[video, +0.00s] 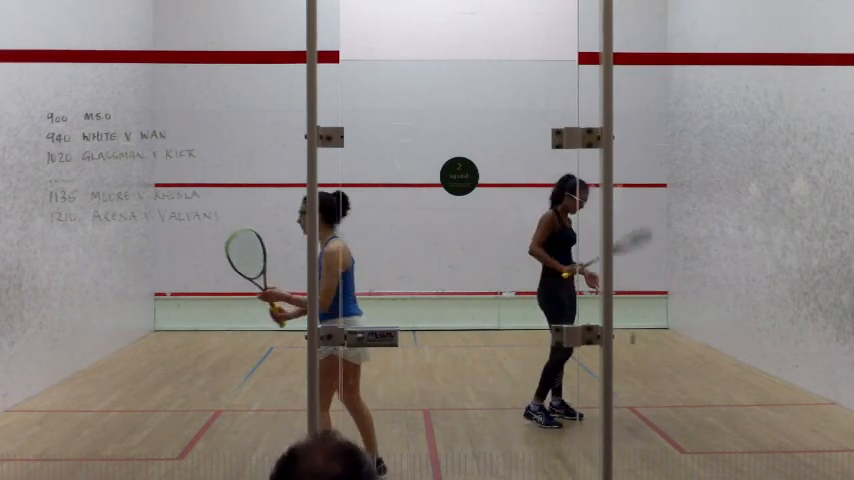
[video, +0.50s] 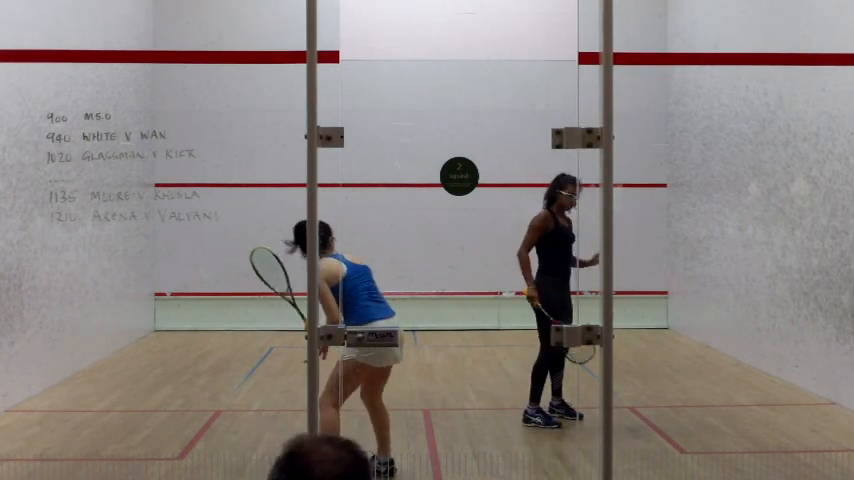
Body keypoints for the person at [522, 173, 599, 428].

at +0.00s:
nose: (581, 205)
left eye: (583, 201)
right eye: (580, 200)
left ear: (571, 198)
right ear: (566, 196)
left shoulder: (565, 220)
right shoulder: (549, 218)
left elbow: (563, 257)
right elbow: (534, 249)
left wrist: (585, 273)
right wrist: (560, 268)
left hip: (565, 290)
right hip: (552, 291)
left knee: (562, 347)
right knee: (564, 348)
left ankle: (557, 401)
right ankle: (536, 404)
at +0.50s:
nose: (573, 200)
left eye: (575, 196)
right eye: (570, 195)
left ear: (572, 197)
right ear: (557, 194)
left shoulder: (566, 221)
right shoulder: (543, 219)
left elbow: (563, 258)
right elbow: (522, 252)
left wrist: (587, 262)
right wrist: (530, 284)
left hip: (562, 291)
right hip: (546, 291)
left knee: (560, 347)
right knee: (548, 349)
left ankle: (557, 402)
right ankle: (532, 409)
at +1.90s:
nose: (578, 203)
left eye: (579, 199)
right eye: (576, 198)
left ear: (568, 198)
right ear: (564, 197)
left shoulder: (560, 221)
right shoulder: (546, 221)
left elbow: (555, 258)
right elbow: (531, 255)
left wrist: (579, 269)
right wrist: (560, 278)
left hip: (552, 292)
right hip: (540, 293)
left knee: (574, 343)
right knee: (548, 349)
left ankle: (559, 401)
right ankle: (532, 410)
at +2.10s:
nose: (582, 203)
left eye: (582, 198)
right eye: (579, 198)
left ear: (567, 198)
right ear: (567, 198)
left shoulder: (563, 224)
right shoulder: (558, 225)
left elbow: (560, 260)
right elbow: (555, 262)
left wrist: (586, 267)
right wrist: (585, 268)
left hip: (560, 295)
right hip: (554, 296)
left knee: (578, 347)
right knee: (558, 350)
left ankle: (556, 402)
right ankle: (533, 409)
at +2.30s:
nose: (592, 208)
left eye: (592, 203)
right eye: (589, 203)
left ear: (572, 205)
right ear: (577, 204)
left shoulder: (565, 231)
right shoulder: (571, 231)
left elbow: (578, 271)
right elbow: (584, 265)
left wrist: (604, 285)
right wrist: (615, 252)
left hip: (565, 300)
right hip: (571, 301)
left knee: (586, 354)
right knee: (593, 359)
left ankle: (561, 402)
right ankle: (560, 394)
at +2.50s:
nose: (599, 213)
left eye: (599, 208)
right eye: (595, 208)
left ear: (589, 210)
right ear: (586, 209)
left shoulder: (589, 232)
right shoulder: (583, 232)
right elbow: (607, 259)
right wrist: (635, 240)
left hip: (583, 302)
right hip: (590, 302)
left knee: (591, 358)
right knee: (632, 341)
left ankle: (557, 403)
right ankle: (644, 400)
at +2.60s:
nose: (618, 206)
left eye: (617, 202)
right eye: (614, 202)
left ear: (599, 209)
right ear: (600, 207)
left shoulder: (609, 229)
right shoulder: (594, 236)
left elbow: (632, 247)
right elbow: (615, 259)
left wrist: (661, 239)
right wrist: (647, 242)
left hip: (596, 302)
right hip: (602, 303)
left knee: (596, 361)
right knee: (640, 345)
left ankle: (560, 400)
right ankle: (661, 400)